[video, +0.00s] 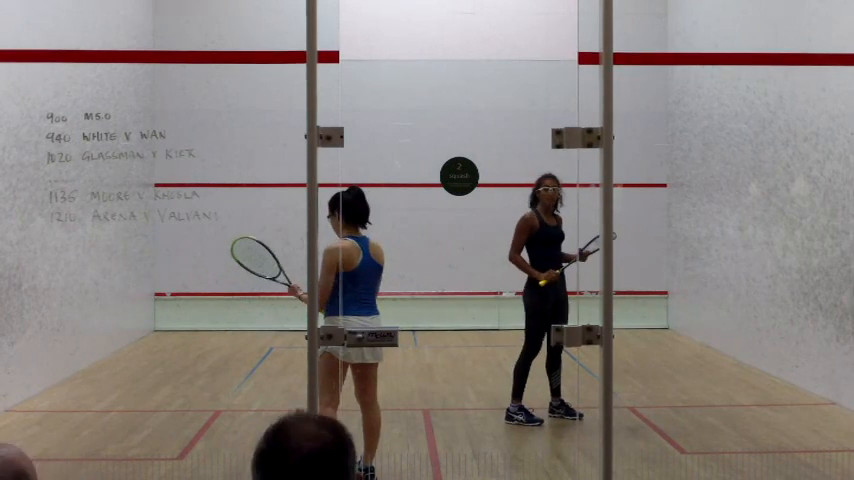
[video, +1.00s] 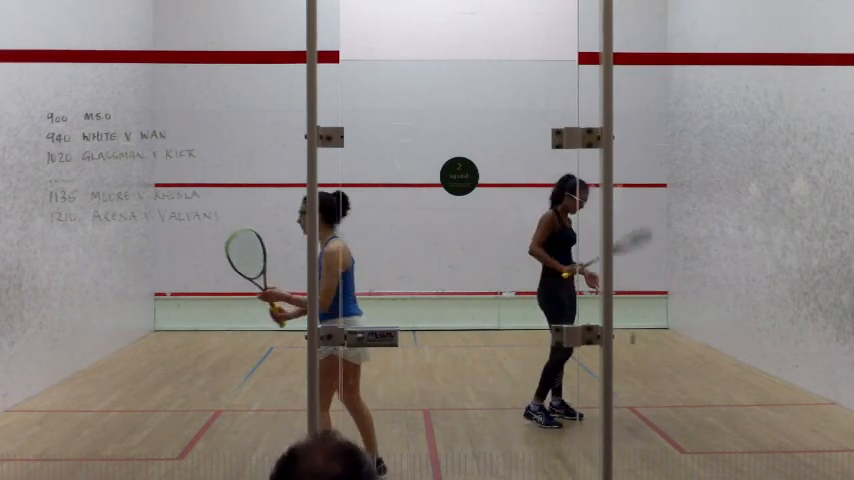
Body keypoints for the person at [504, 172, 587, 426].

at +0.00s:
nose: (550, 191)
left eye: (554, 187)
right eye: (545, 187)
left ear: (559, 193)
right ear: (537, 192)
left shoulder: (556, 219)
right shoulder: (529, 220)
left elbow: (552, 254)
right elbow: (514, 255)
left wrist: (575, 257)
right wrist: (538, 275)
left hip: (557, 289)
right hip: (537, 291)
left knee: (556, 346)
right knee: (532, 347)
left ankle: (556, 402)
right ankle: (515, 407)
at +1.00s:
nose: (581, 205)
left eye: (583, 201)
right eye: (580, 200)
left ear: (571, 198)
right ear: (566, 196)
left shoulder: (565, 220)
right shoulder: (549, 218)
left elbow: (563, 257)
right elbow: (534, 249)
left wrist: (585, 273)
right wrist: (560, 268)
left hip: (565, 290)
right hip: (552, 291)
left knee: (562, 347)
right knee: (564, 348)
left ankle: (557, 401)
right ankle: (536, 404)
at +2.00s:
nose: (563, 201)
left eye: (565, 196)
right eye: (560, 196)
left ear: (562, 198)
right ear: (545, 194)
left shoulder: (558, 222)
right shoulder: (530, 222)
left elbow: (557, 259)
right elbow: (513, 257)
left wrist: (578, 280)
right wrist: (537, 280)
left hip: (553, 293)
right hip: (533, 295)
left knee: (574, 341)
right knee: (542, 349)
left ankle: (562, 397)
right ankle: (532, 409)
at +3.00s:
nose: (580, 202)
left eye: (580, 198)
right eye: (578, 197)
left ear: (566, 198)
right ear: (566, 197)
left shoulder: (560, 222)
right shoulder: (551, 222)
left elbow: (557, 260)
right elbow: (544, 259)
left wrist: (580, 272)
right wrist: (576, 273)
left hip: (554, 294)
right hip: (547, 295)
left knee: (577, 343)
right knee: (550, 349)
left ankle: (558, 400)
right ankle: (532, 409)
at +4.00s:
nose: (653, 219)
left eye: (652, 215)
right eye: (651, 216)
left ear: (626, 218)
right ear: (645, 219)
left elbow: (605, 267)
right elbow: (677, 257)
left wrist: (616, 275)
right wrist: (692, 259)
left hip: (624, 308)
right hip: (649, 307)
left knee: (620, 356)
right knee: (674, 344)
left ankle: (596, 394)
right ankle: (667, 399)